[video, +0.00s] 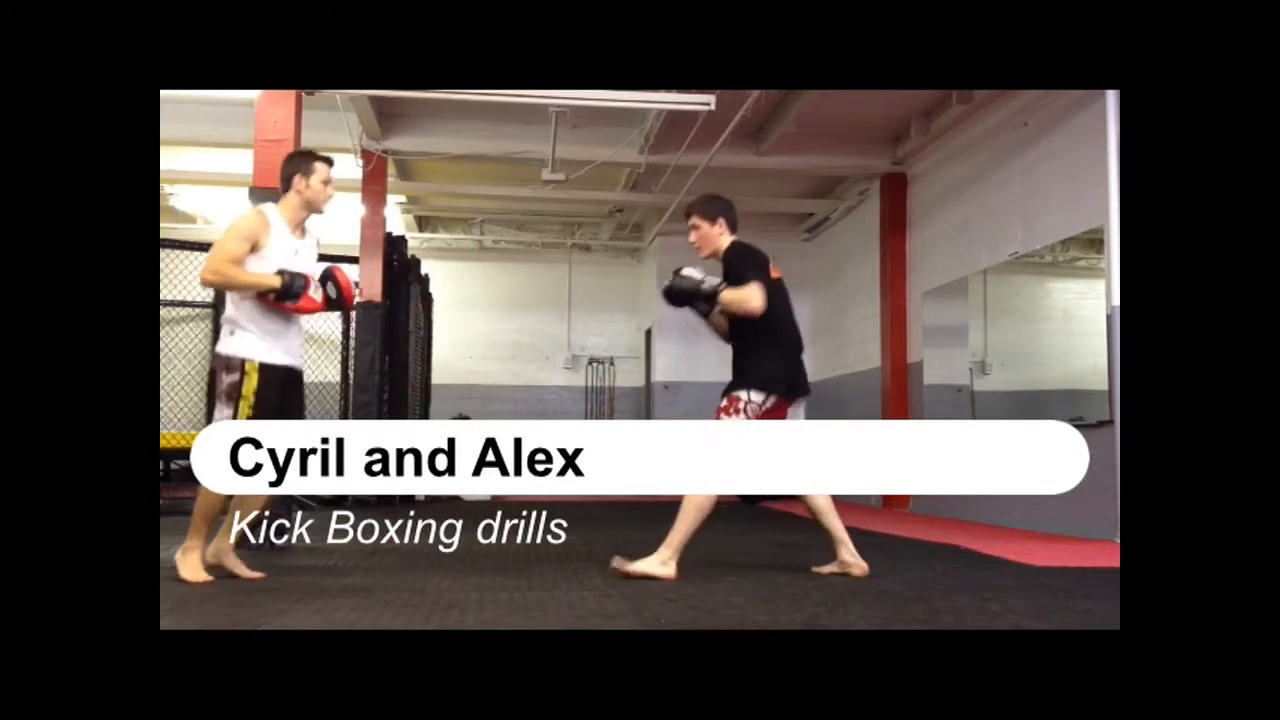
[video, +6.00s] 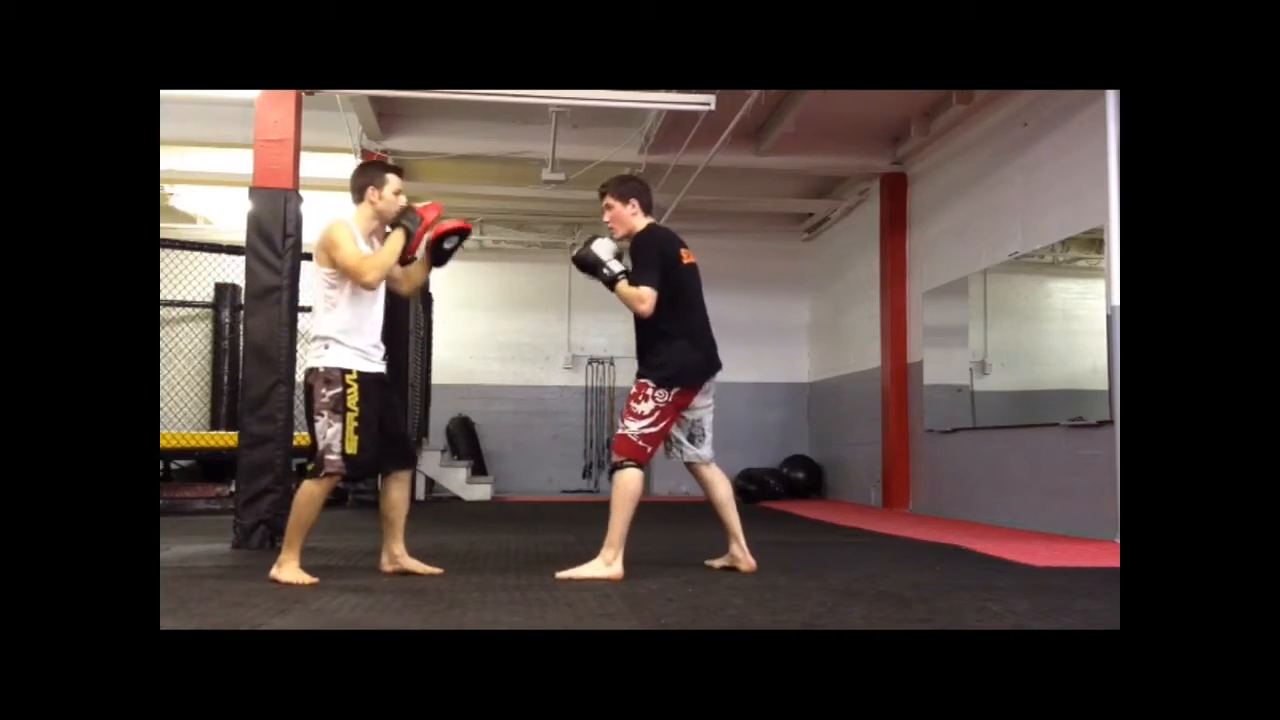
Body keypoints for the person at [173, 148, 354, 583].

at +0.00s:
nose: (331, 191)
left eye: (332, 184)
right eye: (325, 182)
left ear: (305, 186)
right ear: (298, 183)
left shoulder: (307, 239)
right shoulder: (257, 221)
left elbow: (291, 294)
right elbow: (211, 271)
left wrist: (327, 295)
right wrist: (277, 282)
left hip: (286, 361)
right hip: (246, 357)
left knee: (273, 465)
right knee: (228, 458)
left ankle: (224, 546)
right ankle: (192, 547)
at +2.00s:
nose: (439, 217)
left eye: (441, 211)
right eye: (433, 209)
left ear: (415, 210)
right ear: (409, 205)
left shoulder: (405, 252)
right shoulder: (393, 230)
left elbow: (417, 307)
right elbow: (456, 237)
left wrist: (447, 285)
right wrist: (498, 205)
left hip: (393, 373)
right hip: (363, 370)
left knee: (421, 458)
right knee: (332, 463)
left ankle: (422, 550)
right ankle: (269, 550)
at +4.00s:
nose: (345, 212)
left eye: (346, 204)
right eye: (341, 203)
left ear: (319, 203)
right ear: (315, 200)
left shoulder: (314, 252)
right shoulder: (267, 236)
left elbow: (295, 309)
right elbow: (239, 294)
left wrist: (336, 308)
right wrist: (305, 302)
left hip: (298, 372)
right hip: (256, 368)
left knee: (332, 461)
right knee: (246, 468)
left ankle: (337, 551)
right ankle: (196, 555)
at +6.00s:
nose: (403, 202)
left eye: (404, 195)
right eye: (397, 194)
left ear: (378, 198)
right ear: (371, 194)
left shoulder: (379, 241)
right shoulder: (337, 232)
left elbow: (406, 284)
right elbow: (369, 274)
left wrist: (431, 254)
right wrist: (404, 230)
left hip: (372, 367)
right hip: (335, 364)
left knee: (399, 460)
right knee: (330, 467)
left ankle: (394, 553)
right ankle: (287, 561)